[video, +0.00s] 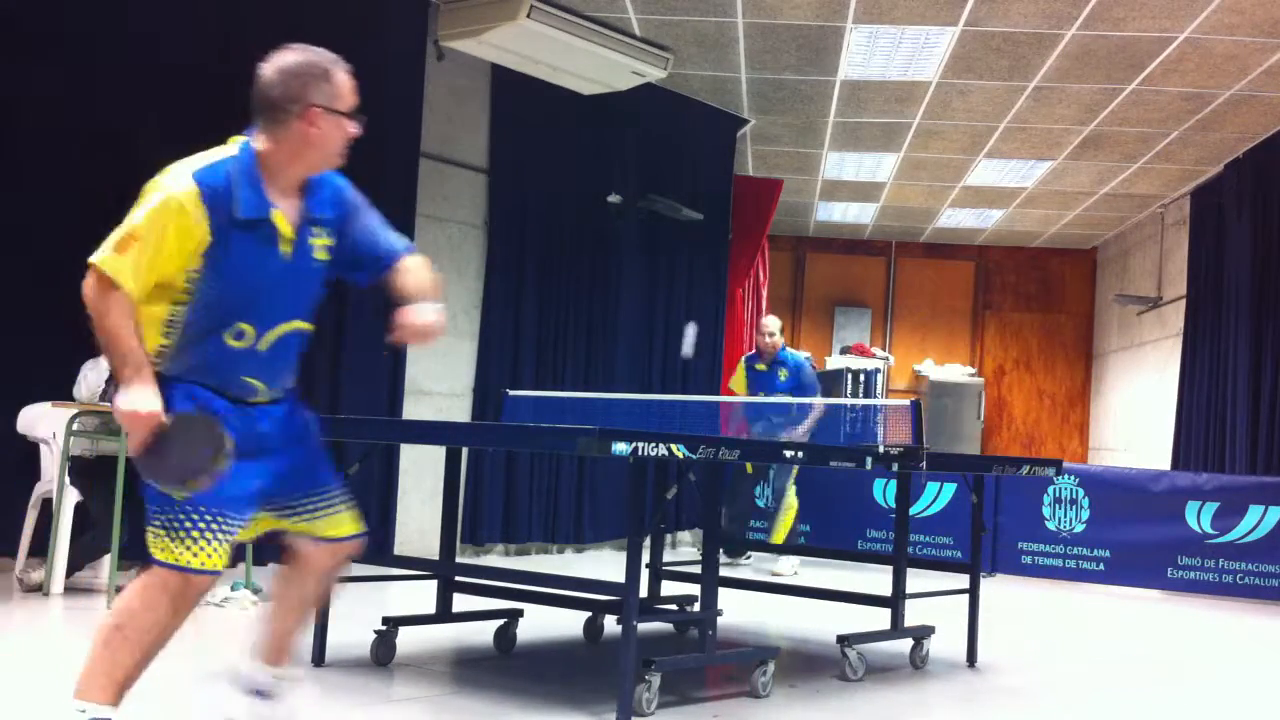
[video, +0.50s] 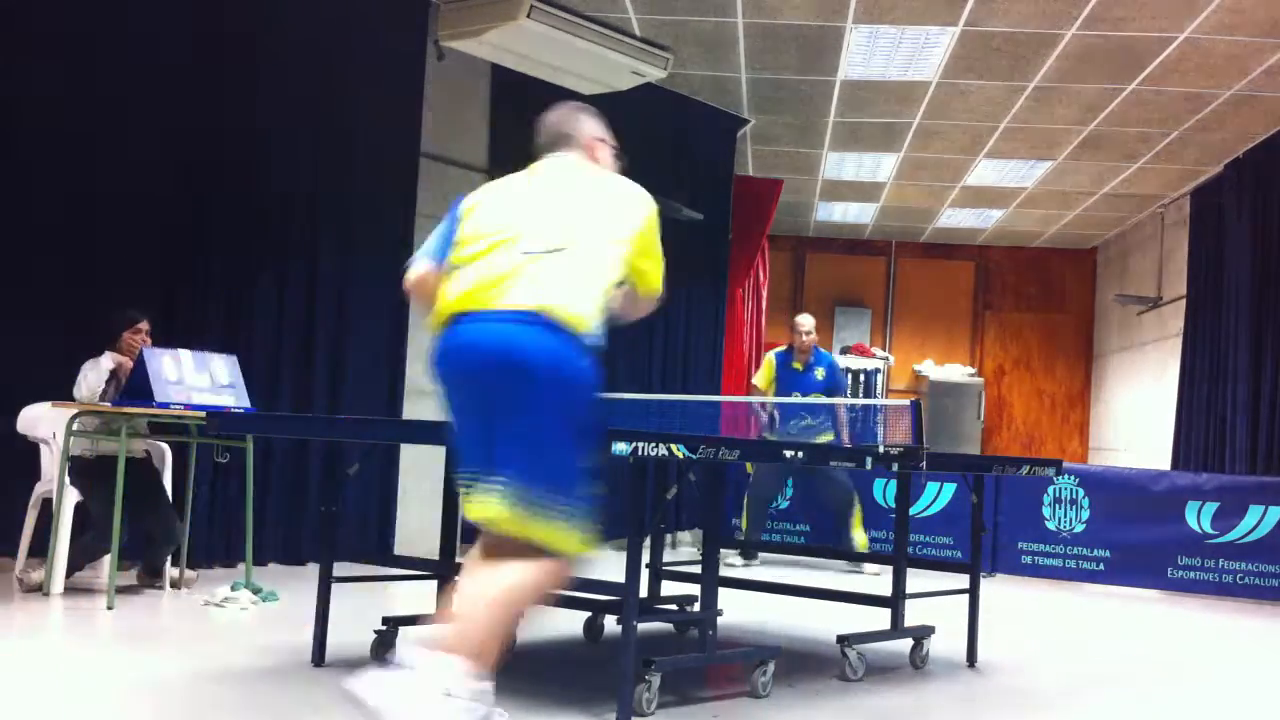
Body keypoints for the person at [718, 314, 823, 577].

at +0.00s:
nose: (767, 340)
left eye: (772, 335)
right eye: (762, 334)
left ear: (781, 337)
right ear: (755, 337)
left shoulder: (798, 364)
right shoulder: (747, 363)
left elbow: (818, 404)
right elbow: (737, 400)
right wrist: (740, 429)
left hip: (789, 435)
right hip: (757, 433)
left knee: (782, 490)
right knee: (740, 487)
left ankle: (787, 553)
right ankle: (735, 549)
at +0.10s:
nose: (771, 343)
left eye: (776, 338)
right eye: (767, 338)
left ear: (785, 339)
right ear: (760, 339)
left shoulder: (801, 366)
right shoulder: (748, 363)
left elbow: (818, 405)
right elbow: (737, 402)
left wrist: (809, 436)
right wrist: (729, 433)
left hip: (792, 436)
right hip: (757, 435)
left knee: (794, 489)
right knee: (740, 487)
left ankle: (806, 552)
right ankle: (736, 548)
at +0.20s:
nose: (779, 338)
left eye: (783, 333)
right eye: (774, 333)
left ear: (792, 335)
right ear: (767, 335)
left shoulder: (807, 362)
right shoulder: (754, 359)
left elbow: (824, 401)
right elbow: (741, 396)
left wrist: (825, 438)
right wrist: (737, 427)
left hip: (798, 440)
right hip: (760, 438)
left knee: (807, 492)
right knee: (742, 489)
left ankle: (821, 555)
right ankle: (734, 549)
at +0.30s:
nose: (787, 333)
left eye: (791, 328)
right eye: (782, 328)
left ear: (800, 328)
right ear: (775, 329)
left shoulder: (815, 353)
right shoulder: (761, 354)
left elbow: (831, 391)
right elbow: (744, 389)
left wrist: (837, 424)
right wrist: (743, 419)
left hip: (808, 437)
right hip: (766, 435)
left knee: (818, 490)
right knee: (746, 486)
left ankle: (823, 554)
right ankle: (737, 546)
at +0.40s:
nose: (794, 332)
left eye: (799, 327)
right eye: (789, 327)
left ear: (807, 329)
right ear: (781, 329)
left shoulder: (822, 355)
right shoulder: (766, 354)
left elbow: (833, 392)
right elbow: (749, 386)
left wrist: (841, 427)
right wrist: (752, 414)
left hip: (815, 437)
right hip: (772, 436)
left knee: (832, 489)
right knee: (754, 487)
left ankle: (831, 554)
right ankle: (746, 548)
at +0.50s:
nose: (804, 338)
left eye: (809, 333)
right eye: (800, 333)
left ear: (816, 335)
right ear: (792, 335)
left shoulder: (829, 363)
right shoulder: (775, 359)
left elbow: (839, 405)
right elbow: (755, 391)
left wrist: (845, 441)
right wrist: (763, 419)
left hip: (820, 442)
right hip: (779, 441)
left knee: (846, 492)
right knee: (757, 491)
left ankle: (859, 554)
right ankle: (749, 550)